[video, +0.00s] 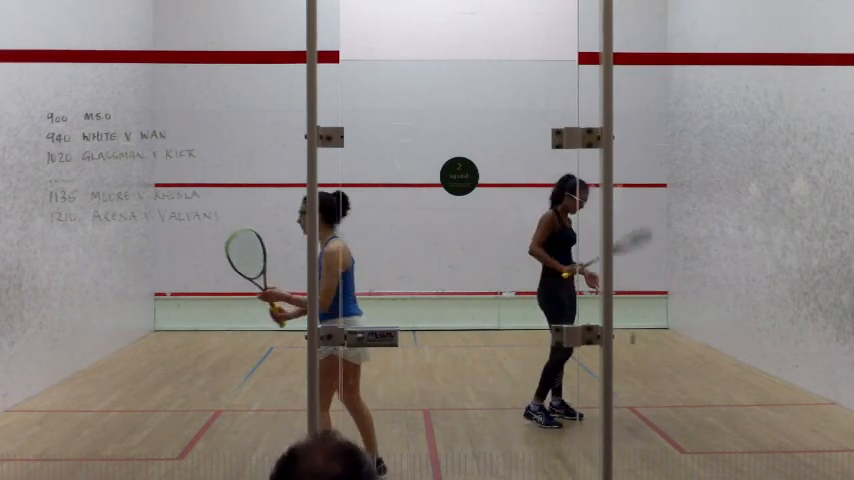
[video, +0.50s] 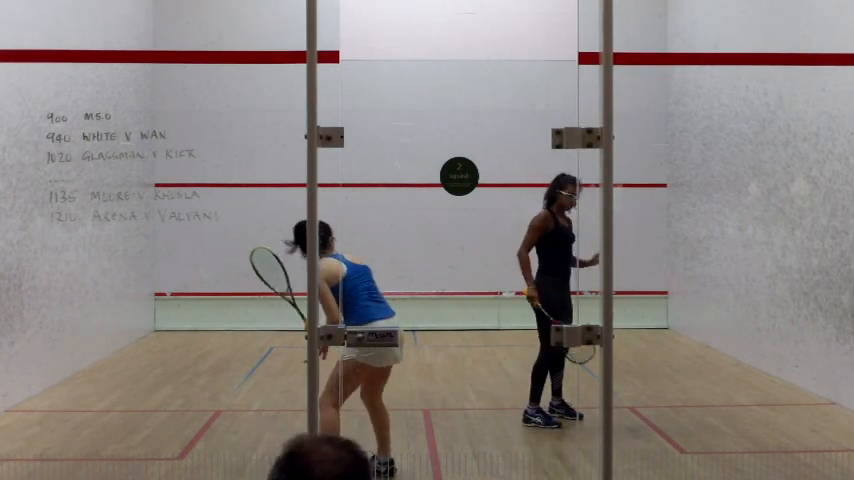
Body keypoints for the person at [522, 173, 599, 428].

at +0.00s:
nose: (581, 205)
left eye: (583, 201)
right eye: (580, 200)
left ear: (571, 198)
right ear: (566, 196)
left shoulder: (565, 220)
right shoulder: (549, 218)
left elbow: (563, 257)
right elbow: (534, 249)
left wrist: (585, 273)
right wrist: (560, 268)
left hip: (565, 290)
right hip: (552, 291)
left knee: (562, 347)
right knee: (564, 348)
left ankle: (557, 401)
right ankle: (536, 404)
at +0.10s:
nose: (581, 205)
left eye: (583, 201)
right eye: (580, 200)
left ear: (570, 197)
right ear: (566, 195)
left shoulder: (564, 219)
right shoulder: (550, 217)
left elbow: (564, 259)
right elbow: (539, 248)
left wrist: (584, 272)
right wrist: (565, 272)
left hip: (563, 291)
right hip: (551, 292)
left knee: (561, 348)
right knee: (558, 349)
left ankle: (557, 402)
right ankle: (535, 406)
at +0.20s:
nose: (581, 204)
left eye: (582, 200)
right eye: (580, 199)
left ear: (569, 196)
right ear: (566, 195)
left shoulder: (562, 218)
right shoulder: (550, 216)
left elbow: (562, 258)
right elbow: (543, 248)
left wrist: (584, 268)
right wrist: (560, 279)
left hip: (561, 290)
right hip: (549, 291)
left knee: (561, 347)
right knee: (556, 348)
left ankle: (557, 402)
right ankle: (534, 407)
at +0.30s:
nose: (580, 204)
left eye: (581, 200)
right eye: (579, 199)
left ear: (568, 196)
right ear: (565, 195)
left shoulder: (562, 218)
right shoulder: (549, 217)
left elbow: (562, 259)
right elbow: (539, 251)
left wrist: (587, 267)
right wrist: (551, 283)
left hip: (562, 290)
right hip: (549, 291)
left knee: (561, 348)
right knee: (555, 349)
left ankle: (557, 402)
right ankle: (533, 408)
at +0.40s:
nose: (579, 203)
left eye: (580, 198)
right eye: (577, 198)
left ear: (566, 196)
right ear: (564, 195)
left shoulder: (562, 219)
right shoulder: (547, 218)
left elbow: (561, 258)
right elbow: (530, 251)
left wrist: (585, 264)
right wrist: (539, 287)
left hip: (563, 292)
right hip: (549, 293)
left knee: (561, 348)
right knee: (551, 349)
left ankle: (557, 402)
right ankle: (533, 408)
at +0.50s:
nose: (573, 200)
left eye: (575, 196)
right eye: (570, 195)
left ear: (572, 197)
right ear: (557, 194)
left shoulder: (566, 221)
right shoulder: (543, 219)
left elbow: (563, 258)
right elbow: (522, 252)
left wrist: (587, 262)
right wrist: (530, 284)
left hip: (562, 291)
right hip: (546, 291)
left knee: (560, 347)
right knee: (548, 349)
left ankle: (557, 402)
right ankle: (532, 409)